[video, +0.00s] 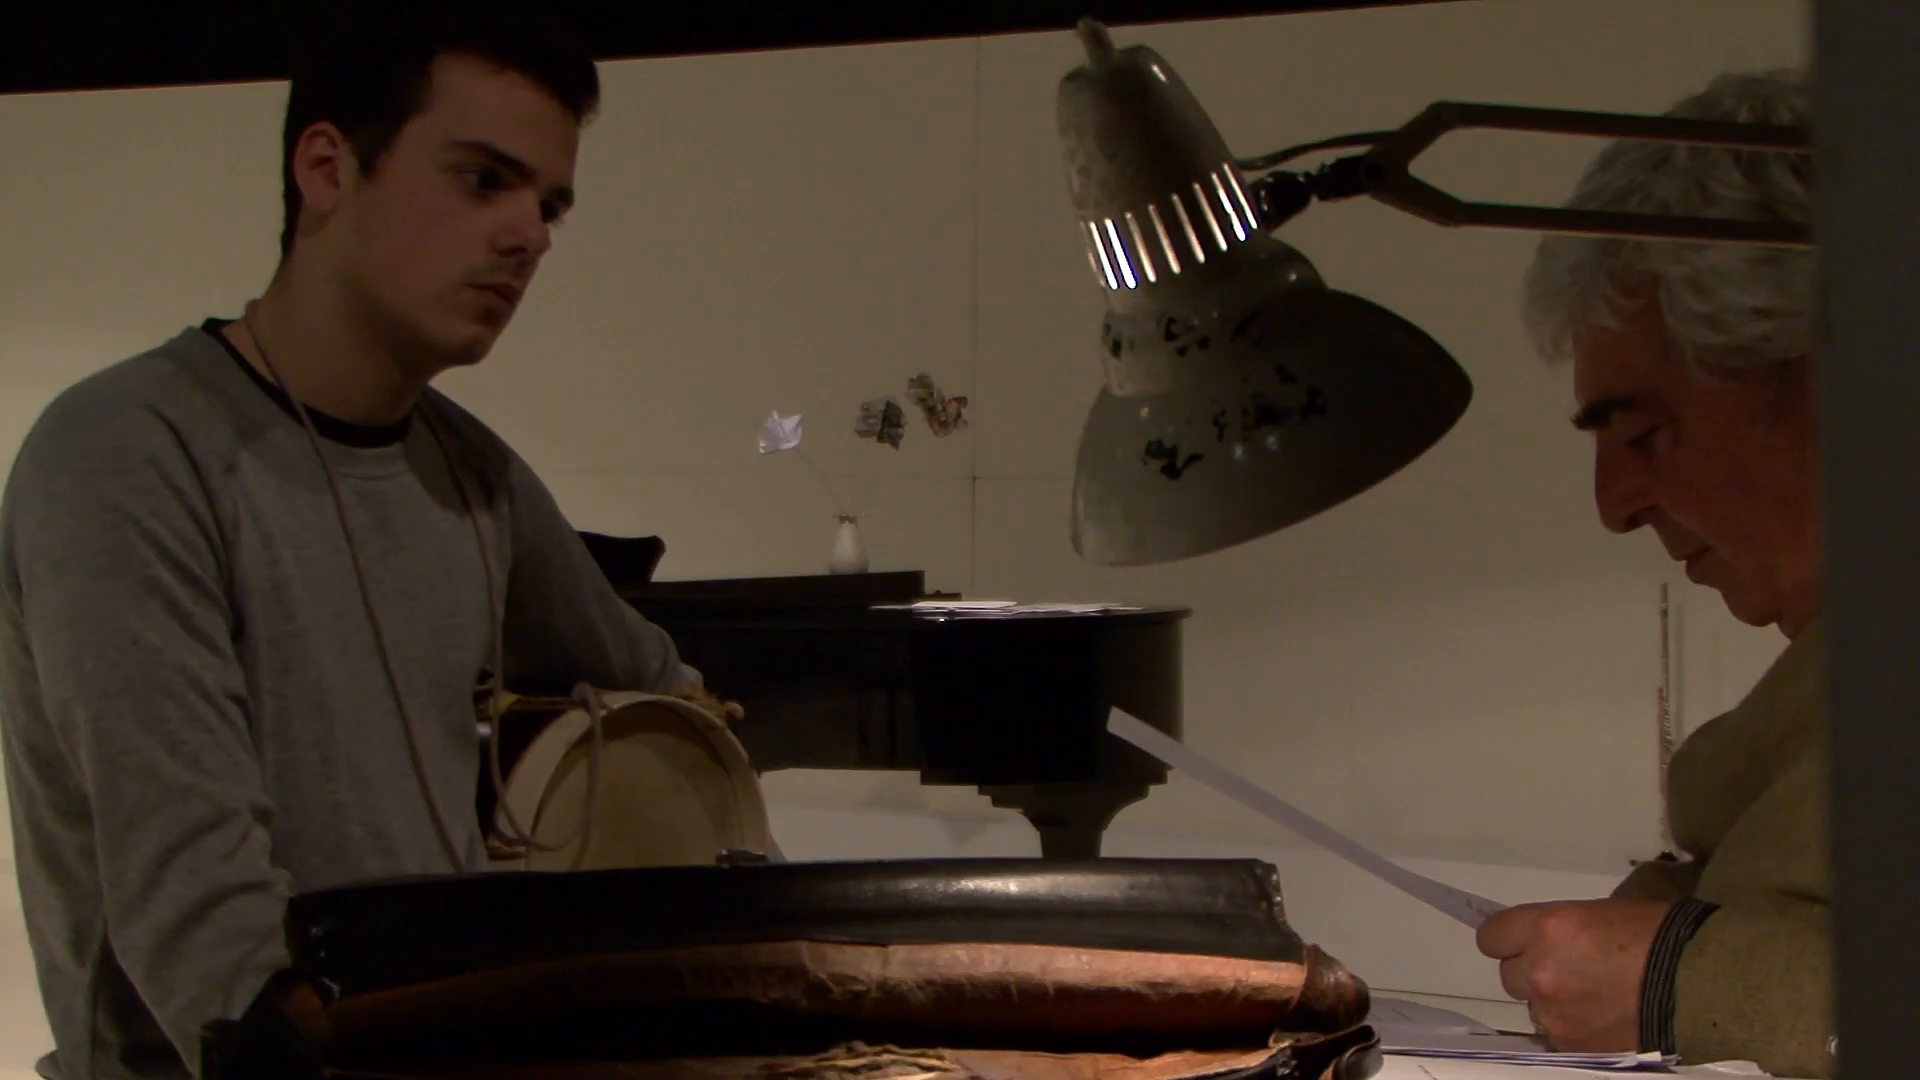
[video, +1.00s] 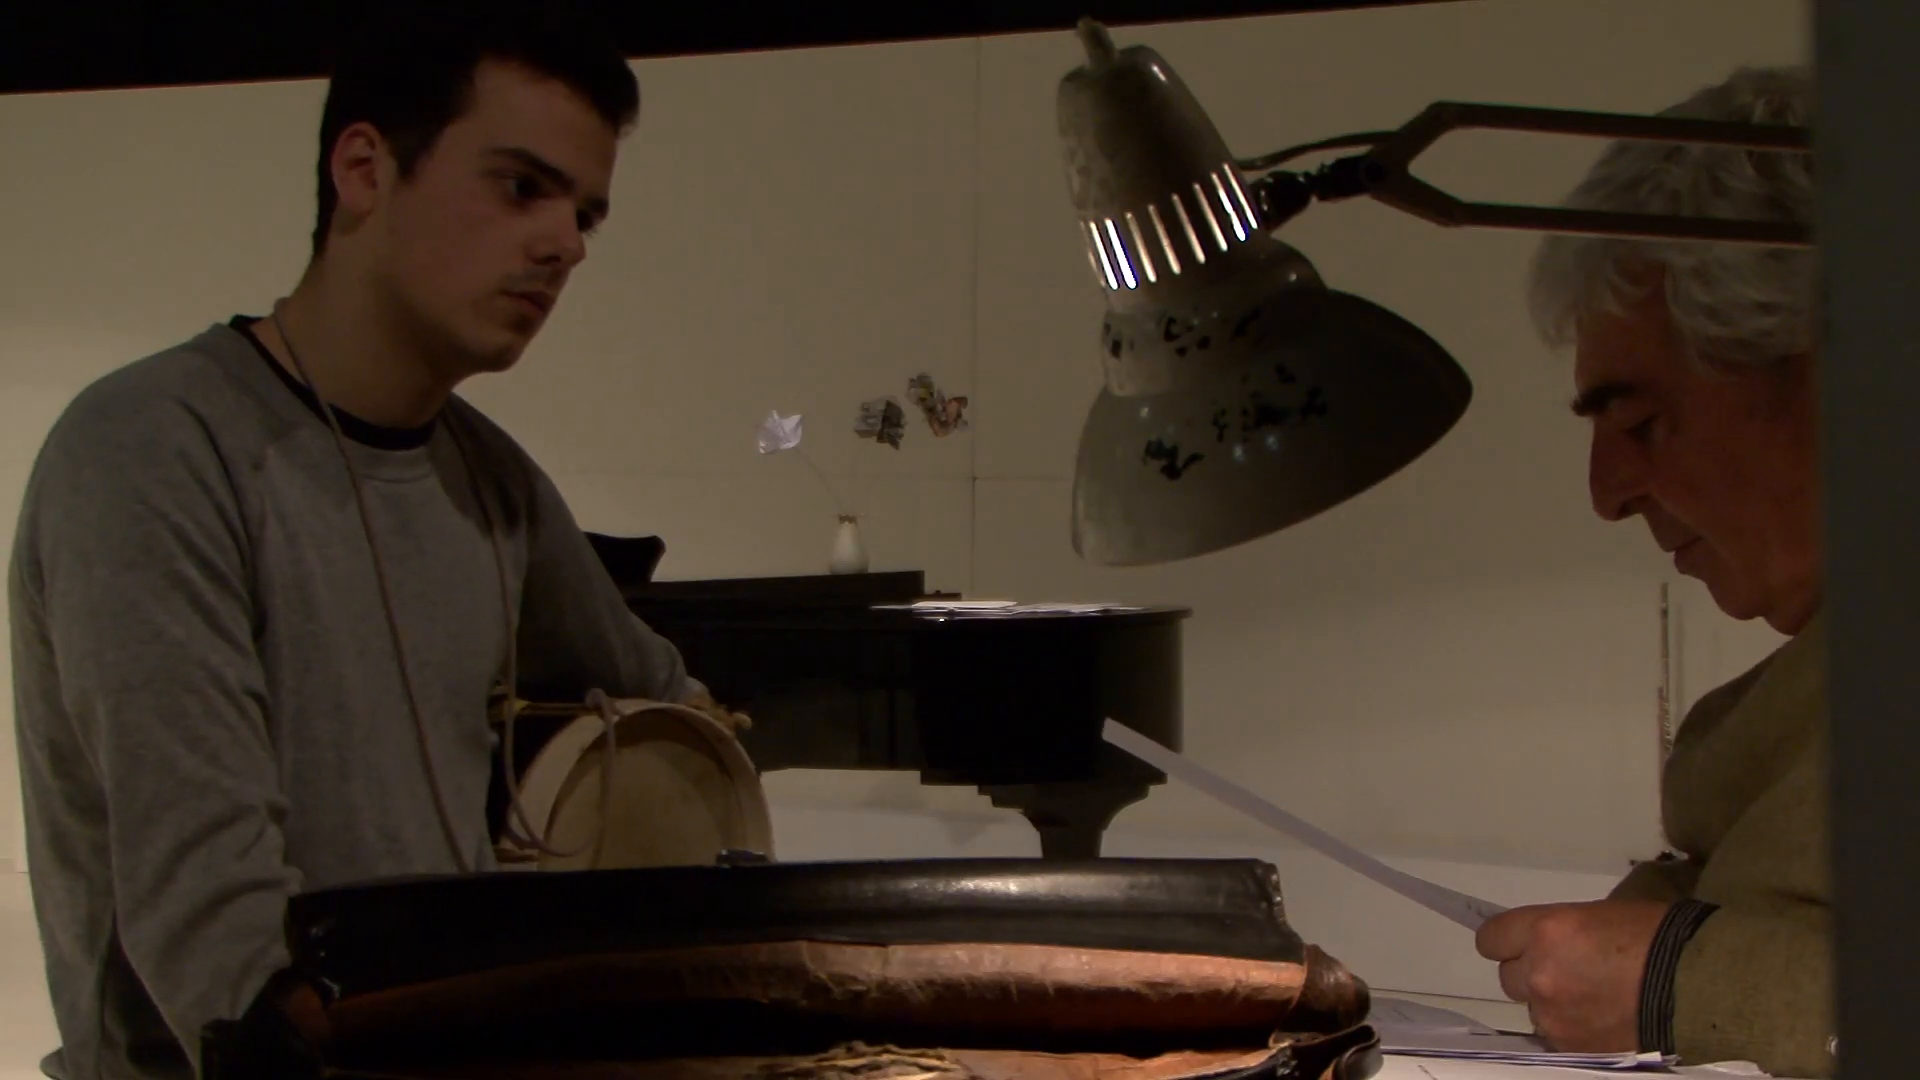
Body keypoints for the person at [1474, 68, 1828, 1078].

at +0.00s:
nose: (1618, 508)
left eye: (1644, 431)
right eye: (1605, 442)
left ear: (1821, 370)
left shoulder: (1876, 652)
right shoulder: (1828, 647)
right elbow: (1772, 870)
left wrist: (1682, 984)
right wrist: (1662, 925)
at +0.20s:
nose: (1615, 509)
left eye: (1639, 435)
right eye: (1603, 447)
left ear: (1817, 374)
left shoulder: (1874, 658)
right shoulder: (1822, 653)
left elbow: (1891, 1002)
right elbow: (1764, 871)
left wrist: (1681, 984)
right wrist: (1656, 928)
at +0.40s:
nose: (1615, 512)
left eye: (1640, 437)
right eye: (1602, 449)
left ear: (1817, 378)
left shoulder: (1875, 660)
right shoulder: (1822, 656)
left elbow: (1890, 1004)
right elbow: (1761, 869)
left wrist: (1679, 984)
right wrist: (1655, 926)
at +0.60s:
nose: (1614, 511)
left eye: (1639, 436)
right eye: (1602, 447)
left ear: (1816, 378)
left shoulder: (1874, 662)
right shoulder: (1815, 661)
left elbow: (1888, 1007)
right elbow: (1762, 874)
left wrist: (1680, 983)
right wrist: (1654, 928)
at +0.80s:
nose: (1612, 505)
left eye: (1640, 430)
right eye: (1602, 440)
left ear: (1818, 373)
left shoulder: (1870, 668)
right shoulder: (1804, 677)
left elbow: (1887, 1006)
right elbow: (1769, 880)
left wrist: (1680, 983)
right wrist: (1657, 929)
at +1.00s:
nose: (1610, 495)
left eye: (1639, 421)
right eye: (1601, 433)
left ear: (1824, 367)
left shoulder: (1869, 663)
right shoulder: (1802, 672)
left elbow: (1890, 1004)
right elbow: (1757, 877)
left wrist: (1680, 983)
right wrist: (1654, 928)